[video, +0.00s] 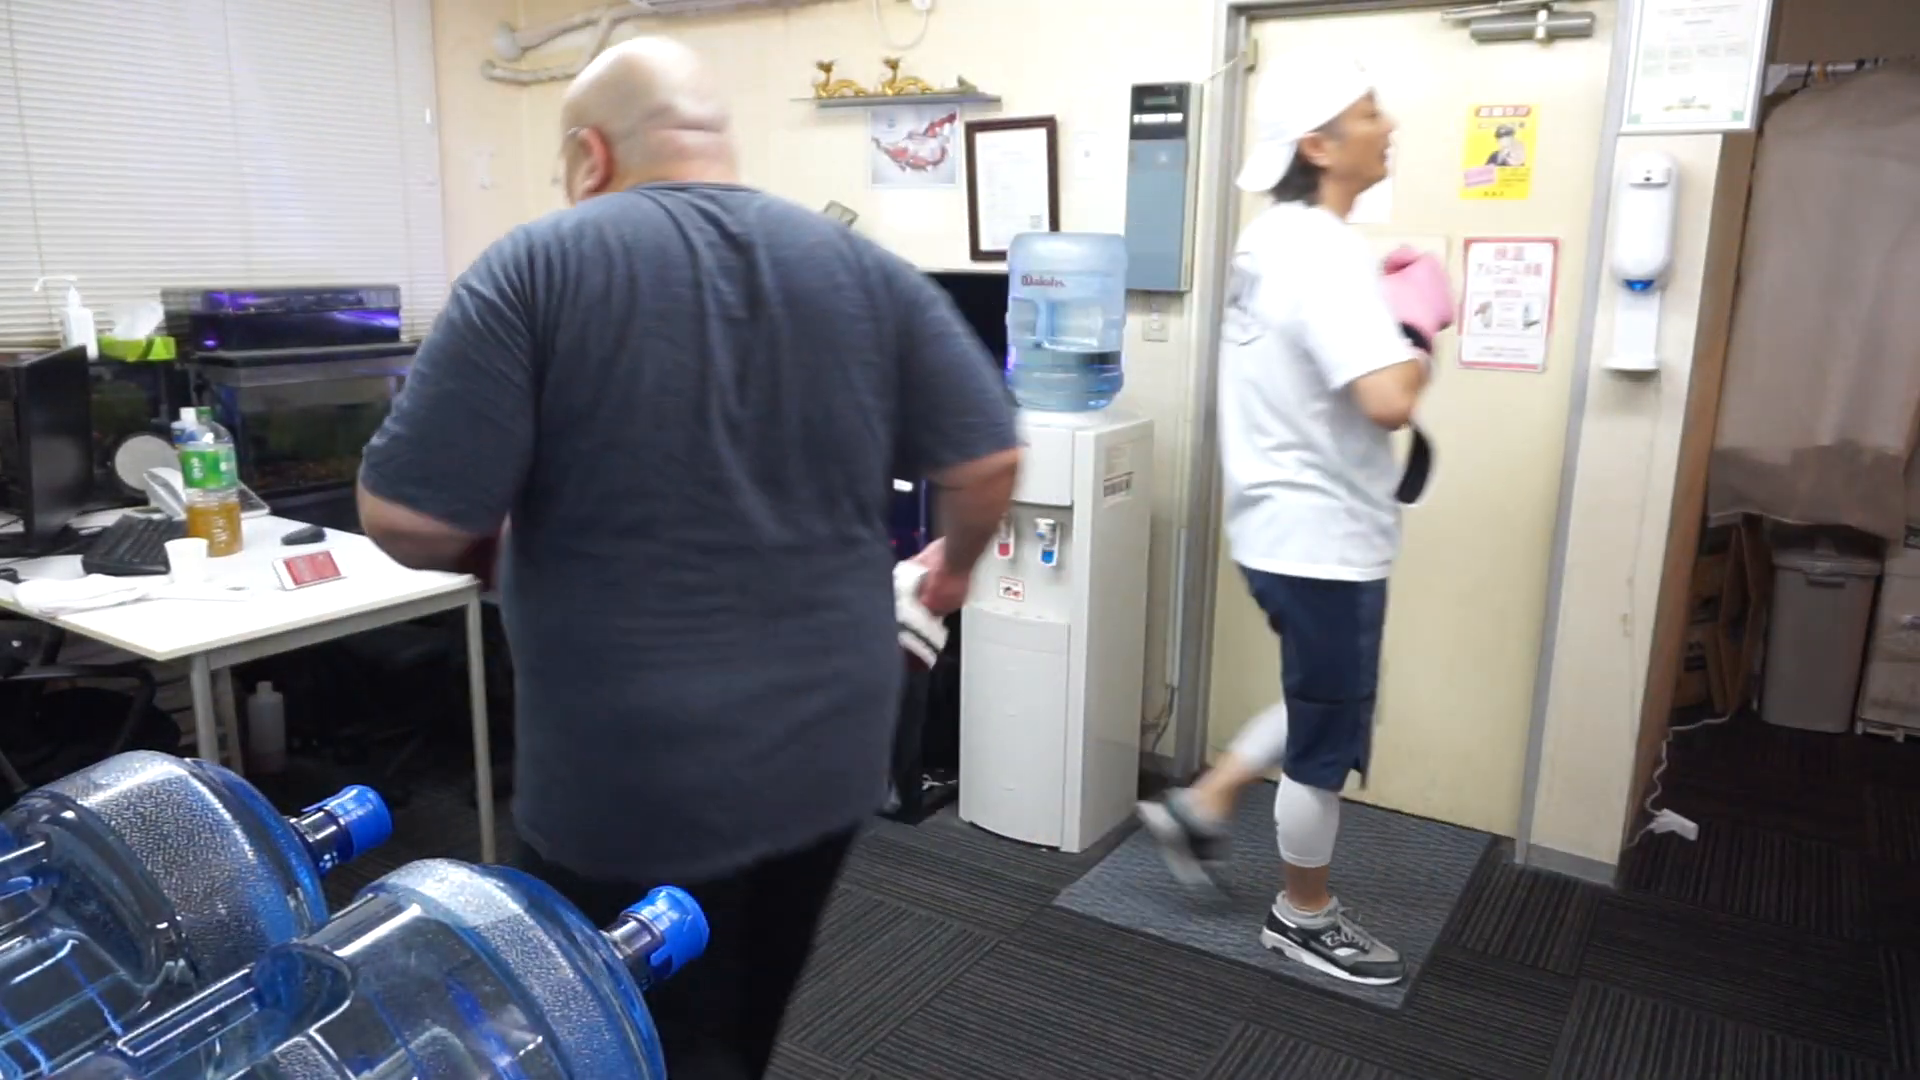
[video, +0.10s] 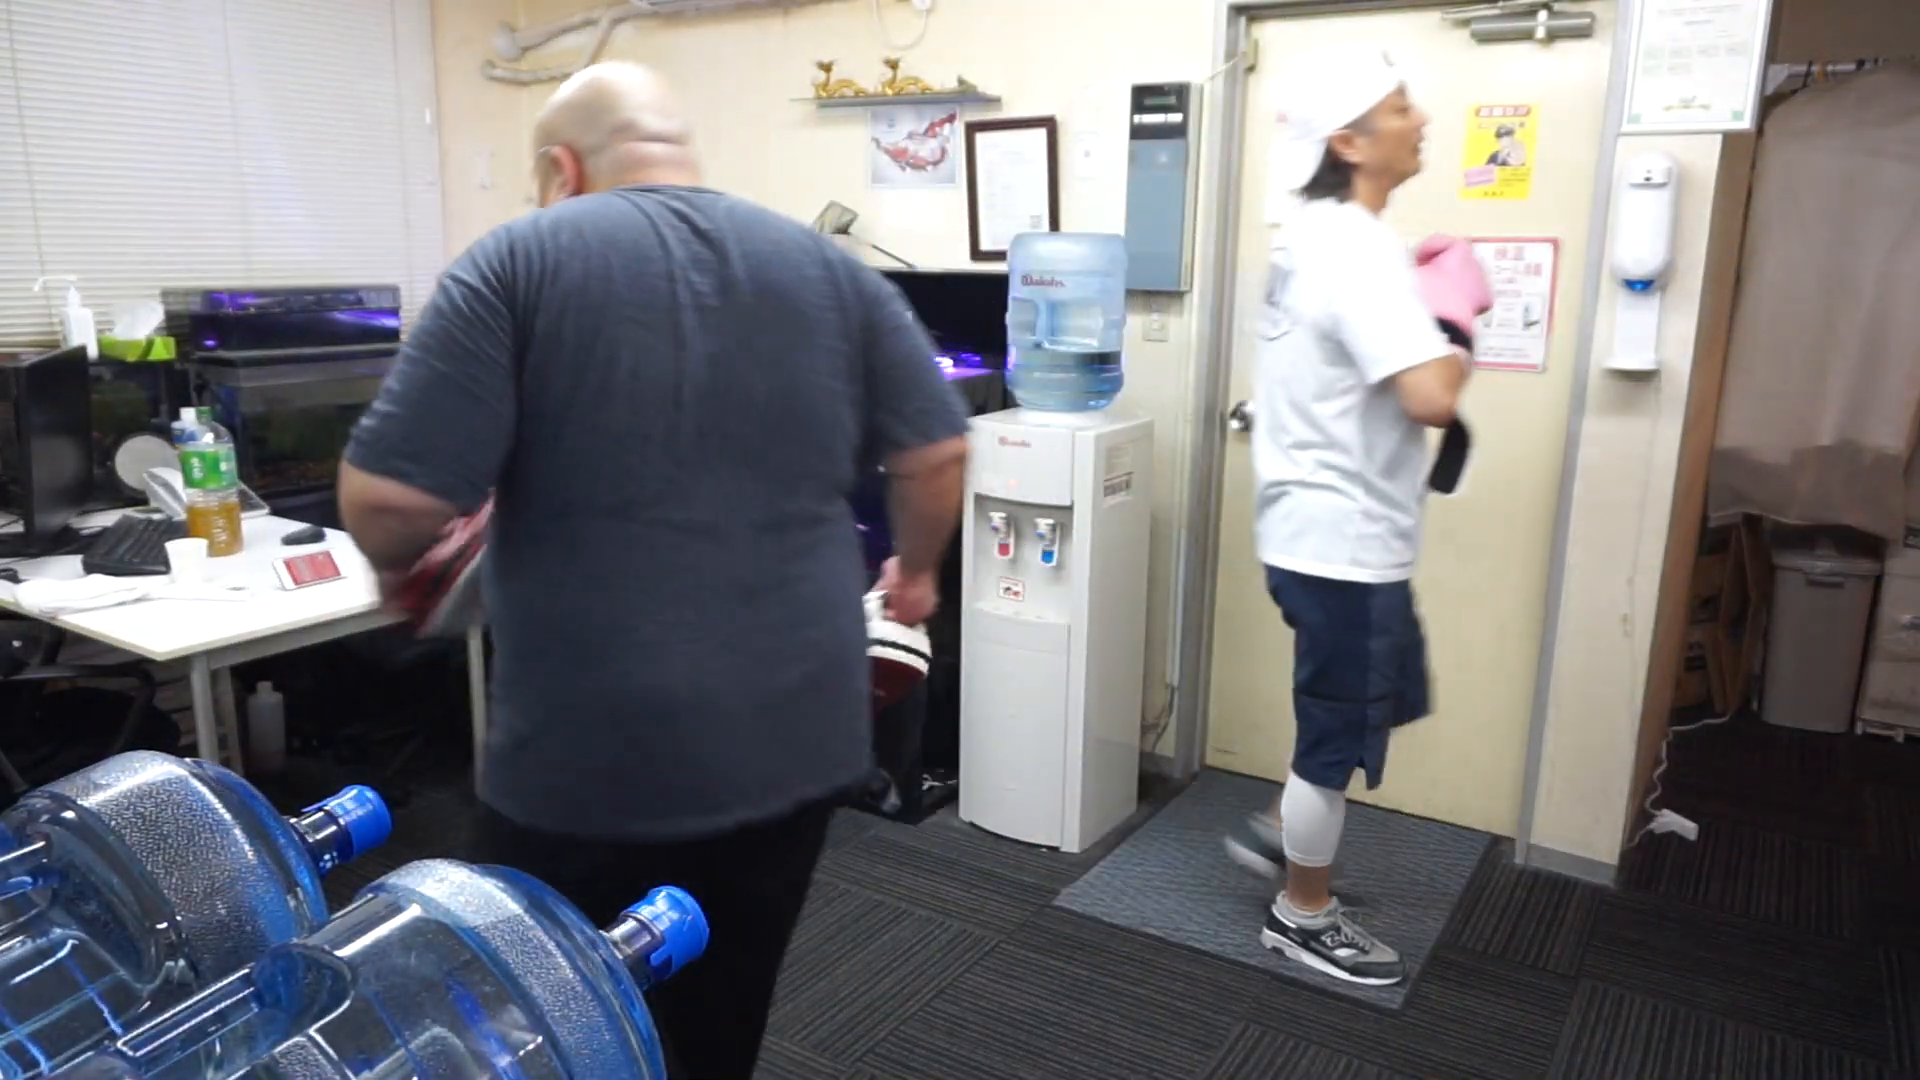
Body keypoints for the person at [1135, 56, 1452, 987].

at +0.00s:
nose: (1388, 126)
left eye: (1379, 111)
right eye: (1370, 117)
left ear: (1325, 149)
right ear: (1324, 148)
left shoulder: (1280, 237)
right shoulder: (1324, 252)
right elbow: (1388, 401)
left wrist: (1379, 302)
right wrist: (1423, 338)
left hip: (1280, 526)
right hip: (1321, 538)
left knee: (1321, 698)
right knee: (1329, 728)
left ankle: (1198, 809)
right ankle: (1303, 913)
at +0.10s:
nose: (1419, 119)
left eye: (1410, 104)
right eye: (1399, 110)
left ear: (1354, 143)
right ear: (1351, 141)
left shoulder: (1329, 234)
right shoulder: (1353, 247)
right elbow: (1433, 400)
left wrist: (1431, 316)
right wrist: (1458, 334)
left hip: (1337, 531)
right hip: (1337, 542)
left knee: (1391, 694)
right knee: (1334, 733)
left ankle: (1287, 826)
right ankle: (1302, 913)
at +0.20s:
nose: (1447, 116)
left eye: (1437, 102)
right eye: (1426, 108)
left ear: (1389, 147)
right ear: (1379, 144)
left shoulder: (1382, 237)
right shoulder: (1376, 249)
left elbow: (1430, 377)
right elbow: (1462, 400)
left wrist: (1473, 312)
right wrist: (1490, 322)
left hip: (1387, 538)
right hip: (1358, 545)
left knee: (1415, 703)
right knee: (1345, 731)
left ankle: (1406, 863)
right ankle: (1301, 908)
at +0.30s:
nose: (1475, 120)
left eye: (1466, 107)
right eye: (1454, 112)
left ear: (1419, 150)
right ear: (1405, 148)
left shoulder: (1418, 240)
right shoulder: (1399, 248)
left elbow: (1470, 377)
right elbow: (1491, 401)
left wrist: (1501, 314)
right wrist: (1520, 329)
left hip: (1428, 543)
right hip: (1390, 549)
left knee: (1434, 724)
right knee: (1359, 738)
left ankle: (1466, 888)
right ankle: (1302, 910)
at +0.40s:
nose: (1506, 123)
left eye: (1497, 110)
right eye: (1484, 115)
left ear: (1447, 153)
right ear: (1433, 152)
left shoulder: (1458, 246)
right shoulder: (1430, 252)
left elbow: (1506, 374)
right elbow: (1516, 401)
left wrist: (1538, 336)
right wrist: (1551, 342)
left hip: (1472, 549)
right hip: (1425, 554)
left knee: (1474, 732)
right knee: (1400, 743)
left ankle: (1476, 898)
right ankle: (1303, 910)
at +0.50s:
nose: (1536, 123)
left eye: (1527, 109)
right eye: (1513, 115)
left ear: (1479, 152)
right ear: (1463, 152)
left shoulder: (1493, 248)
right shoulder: (1459, 251)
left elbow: (1527, 375)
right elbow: (1539, 398)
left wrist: (1569, 309)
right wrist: (1586, 325)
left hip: (1507, 546)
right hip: (1464, 552)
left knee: (1496, 738)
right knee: (1474, 752)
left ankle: (1476, 898)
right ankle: (1326, 892)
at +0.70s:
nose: (1593, 118)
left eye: (1586, 103)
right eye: (1567, 111)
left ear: (1553, 146)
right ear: (1514, 149)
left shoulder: (1561, 248)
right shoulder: (1508, 248)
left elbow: (1585, 373)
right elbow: (1578, 390)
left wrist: (1635, 315)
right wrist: (1641, 320)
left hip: (1544, 543)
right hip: (1509, 547)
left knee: (1502, 732)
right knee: (1582, 755)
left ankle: (1486, 901)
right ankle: (1451, 897)